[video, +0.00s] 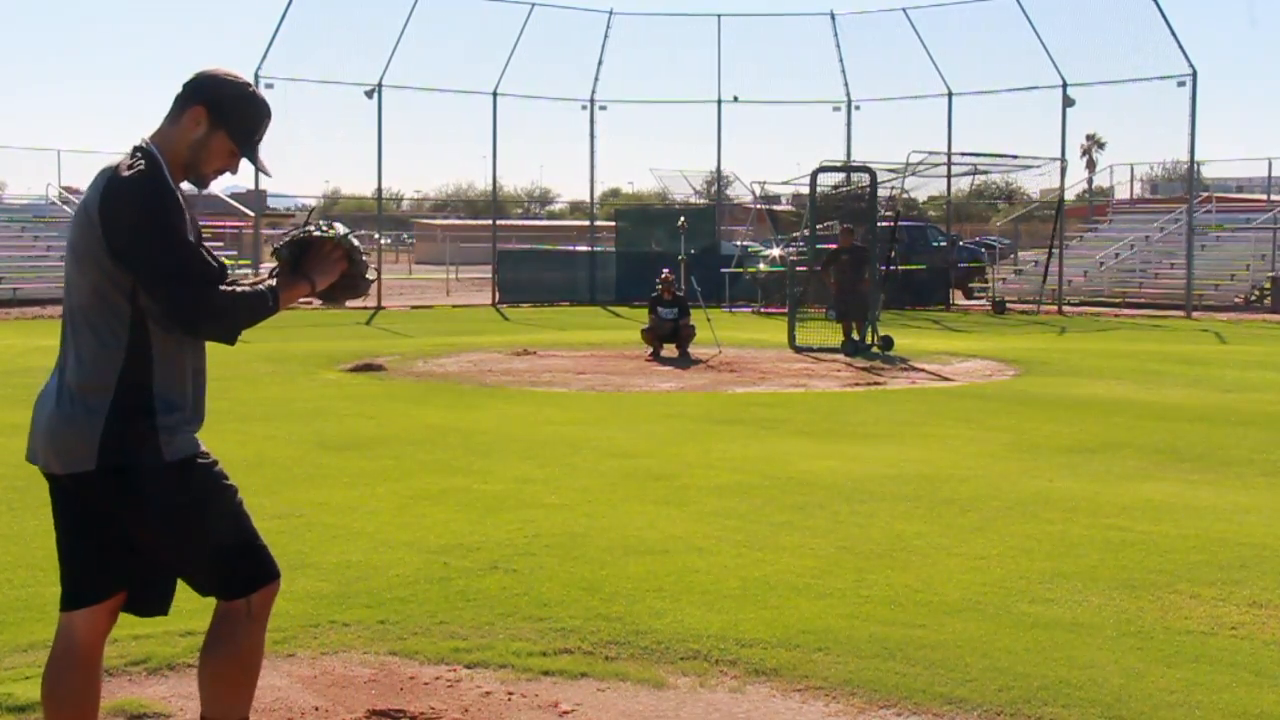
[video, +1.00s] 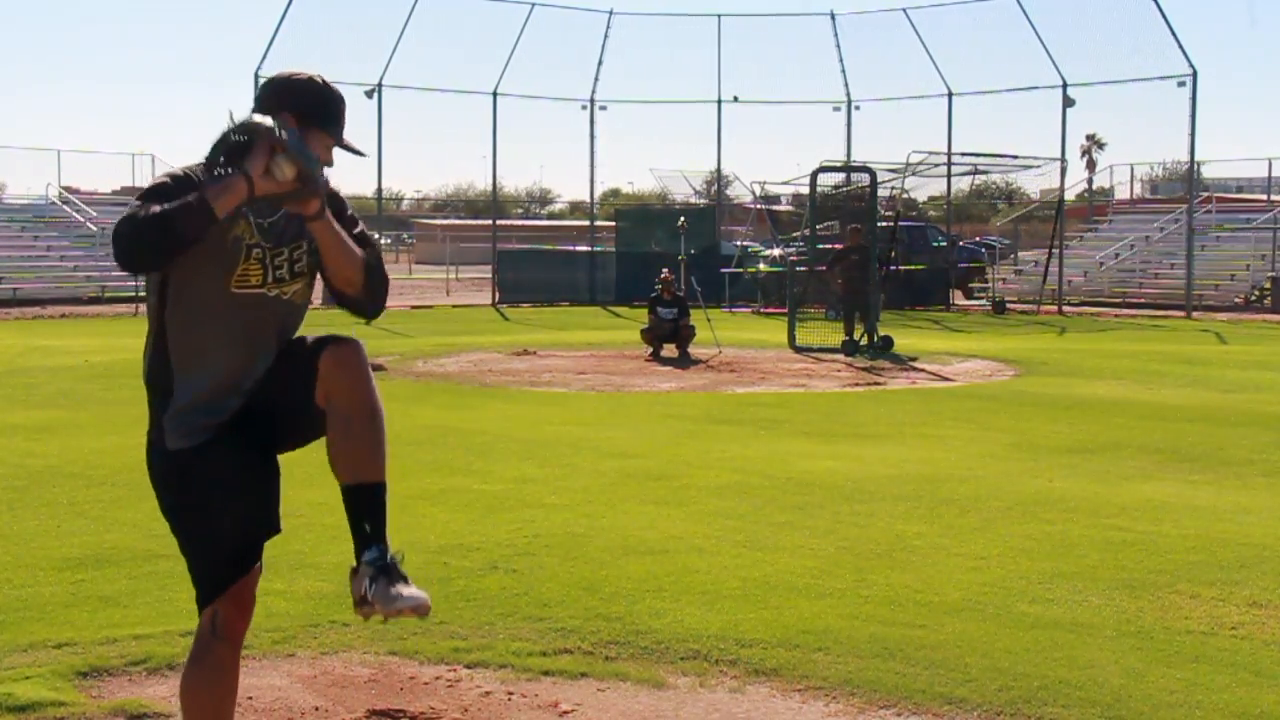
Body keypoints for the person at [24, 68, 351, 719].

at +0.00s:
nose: (231, 167)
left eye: (239, 156)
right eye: (233, 150)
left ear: (194, 124)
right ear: (195, 120)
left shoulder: (121, 184)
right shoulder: (143, 190)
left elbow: (210, 297)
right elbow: (209, 312)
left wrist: (286, 282)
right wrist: (294, 284)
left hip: (81, 442)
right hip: (142, 444)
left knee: (88, 611)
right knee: (251, 585)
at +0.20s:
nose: (250, 160)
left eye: (256, 149)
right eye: (249, 143)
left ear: (212, 123)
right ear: (210, 116)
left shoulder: (207, 204)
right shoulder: (143, 189)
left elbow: (256, 308)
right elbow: (194, 300)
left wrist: (311, 271)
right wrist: (306, 270)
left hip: (176, 446)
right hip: (147, 448)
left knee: (143, 606)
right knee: (242, 609)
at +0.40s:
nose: (265, 144)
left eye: (271, 131)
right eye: (262, 126)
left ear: (228, 113)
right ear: (216, 103)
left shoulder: (248, 199)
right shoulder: (135, 183)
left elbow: (299, 305)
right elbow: (171, 281)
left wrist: (318, 253)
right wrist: (282, 237)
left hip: (233, 437)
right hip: (160, 447)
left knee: (291, 581)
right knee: (219, 619)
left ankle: (185, 710)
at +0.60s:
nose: (266, 144)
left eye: (274, 134)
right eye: (261, 128)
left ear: (240, 116)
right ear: (223, 105)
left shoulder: (259, 184)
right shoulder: (130, 175)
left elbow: (333, 294)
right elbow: (117, 249)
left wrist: (304, 213)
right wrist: (237, 194)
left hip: (258, 416)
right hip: (167, 440)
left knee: (336, 548)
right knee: (207, 620)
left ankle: (375, 716)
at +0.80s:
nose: (268, 141)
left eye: (284, 134)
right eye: (261, 122)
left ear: (296, 141)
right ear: (230, 108)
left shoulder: (288, 194)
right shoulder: (160, 172)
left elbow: (365, 274)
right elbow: (110, 219)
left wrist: (309, 183)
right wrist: (221, 158)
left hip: (266, 384)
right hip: (183, 420)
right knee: (217, 610)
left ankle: (419, 581)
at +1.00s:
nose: (327, 161)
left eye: (331, 149)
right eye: (322, 145)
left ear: (313, 142)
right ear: (282, 130)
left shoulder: (321, 203)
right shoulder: (197, 186)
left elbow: (369, 300)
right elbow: (130, 247)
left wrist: (319, 218)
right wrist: (242, 186)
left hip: (268, 391)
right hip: (195, 425)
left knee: (344, 358)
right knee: (228, 608)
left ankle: (374, 565)